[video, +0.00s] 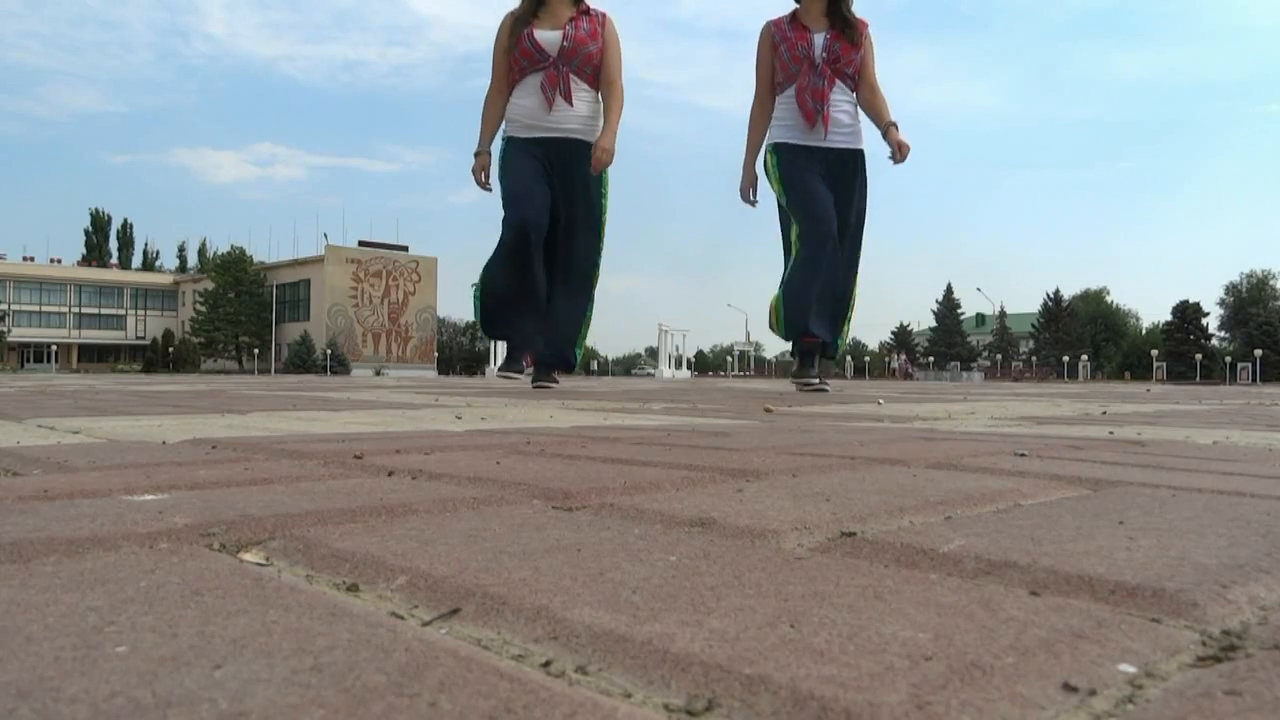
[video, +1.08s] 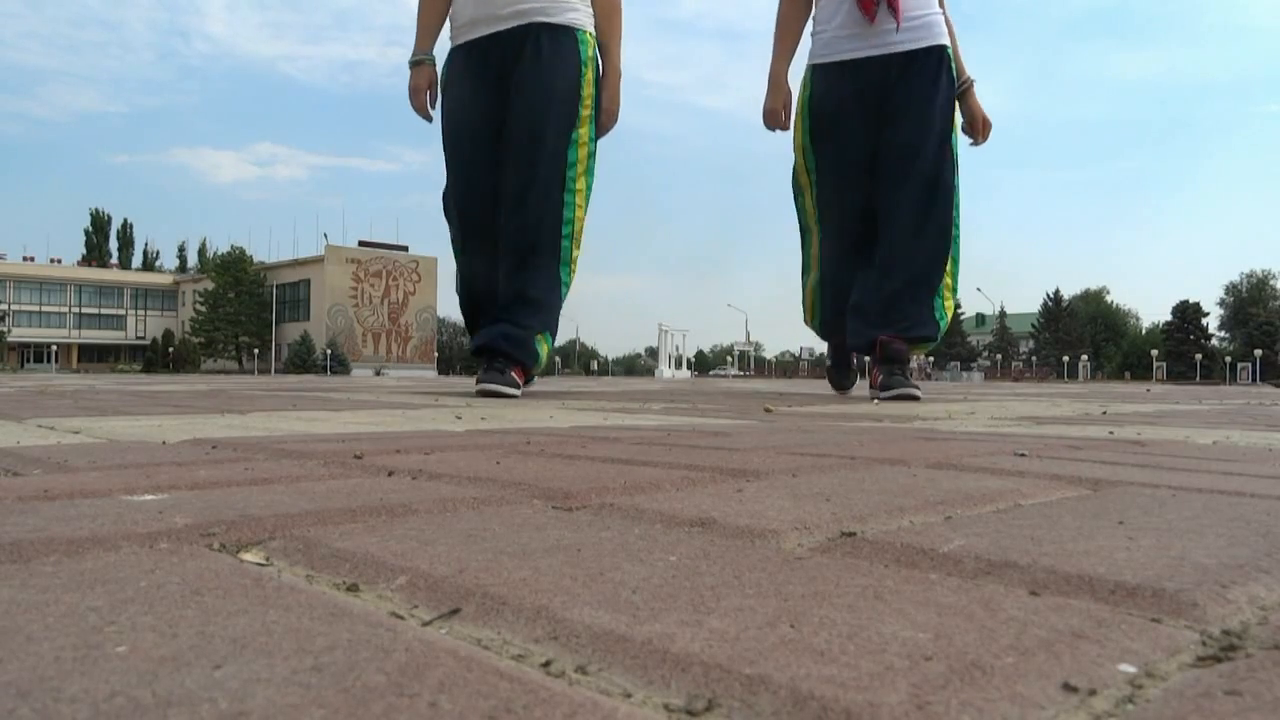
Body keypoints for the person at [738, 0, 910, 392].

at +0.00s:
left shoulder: (857, 30)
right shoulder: (775, 31)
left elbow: (869, 89)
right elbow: (763, 101)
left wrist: (889, 128)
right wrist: (749, 163)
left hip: (845, 152)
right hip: (791, 150)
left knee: (843, 248)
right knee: (820, 231)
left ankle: (820, 357)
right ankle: (805, 350)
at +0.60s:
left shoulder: (894, 5)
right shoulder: (791, 3)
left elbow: (899, 58)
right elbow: (781, 41)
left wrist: (920, 127)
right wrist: (765, 107)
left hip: (877, 112)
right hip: (811, 111)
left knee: (880, 221)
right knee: (819, 235)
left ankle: (871, 321)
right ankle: (844, 359)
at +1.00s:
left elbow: (926, 26)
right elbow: (794, 5)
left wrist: (950, 108)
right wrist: (776, 80)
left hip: (910, 70)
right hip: (829, 72)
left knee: (903, 215)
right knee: (837, 217)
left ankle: (895, 359)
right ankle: (844, 355)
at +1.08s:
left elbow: (936, 12)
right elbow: (799, 2)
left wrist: (966, 88)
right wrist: (778, 75)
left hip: (921, 56)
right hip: (836, 60)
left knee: (913, 210)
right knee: (841, 210)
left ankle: (893, 357)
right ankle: (840, 333)